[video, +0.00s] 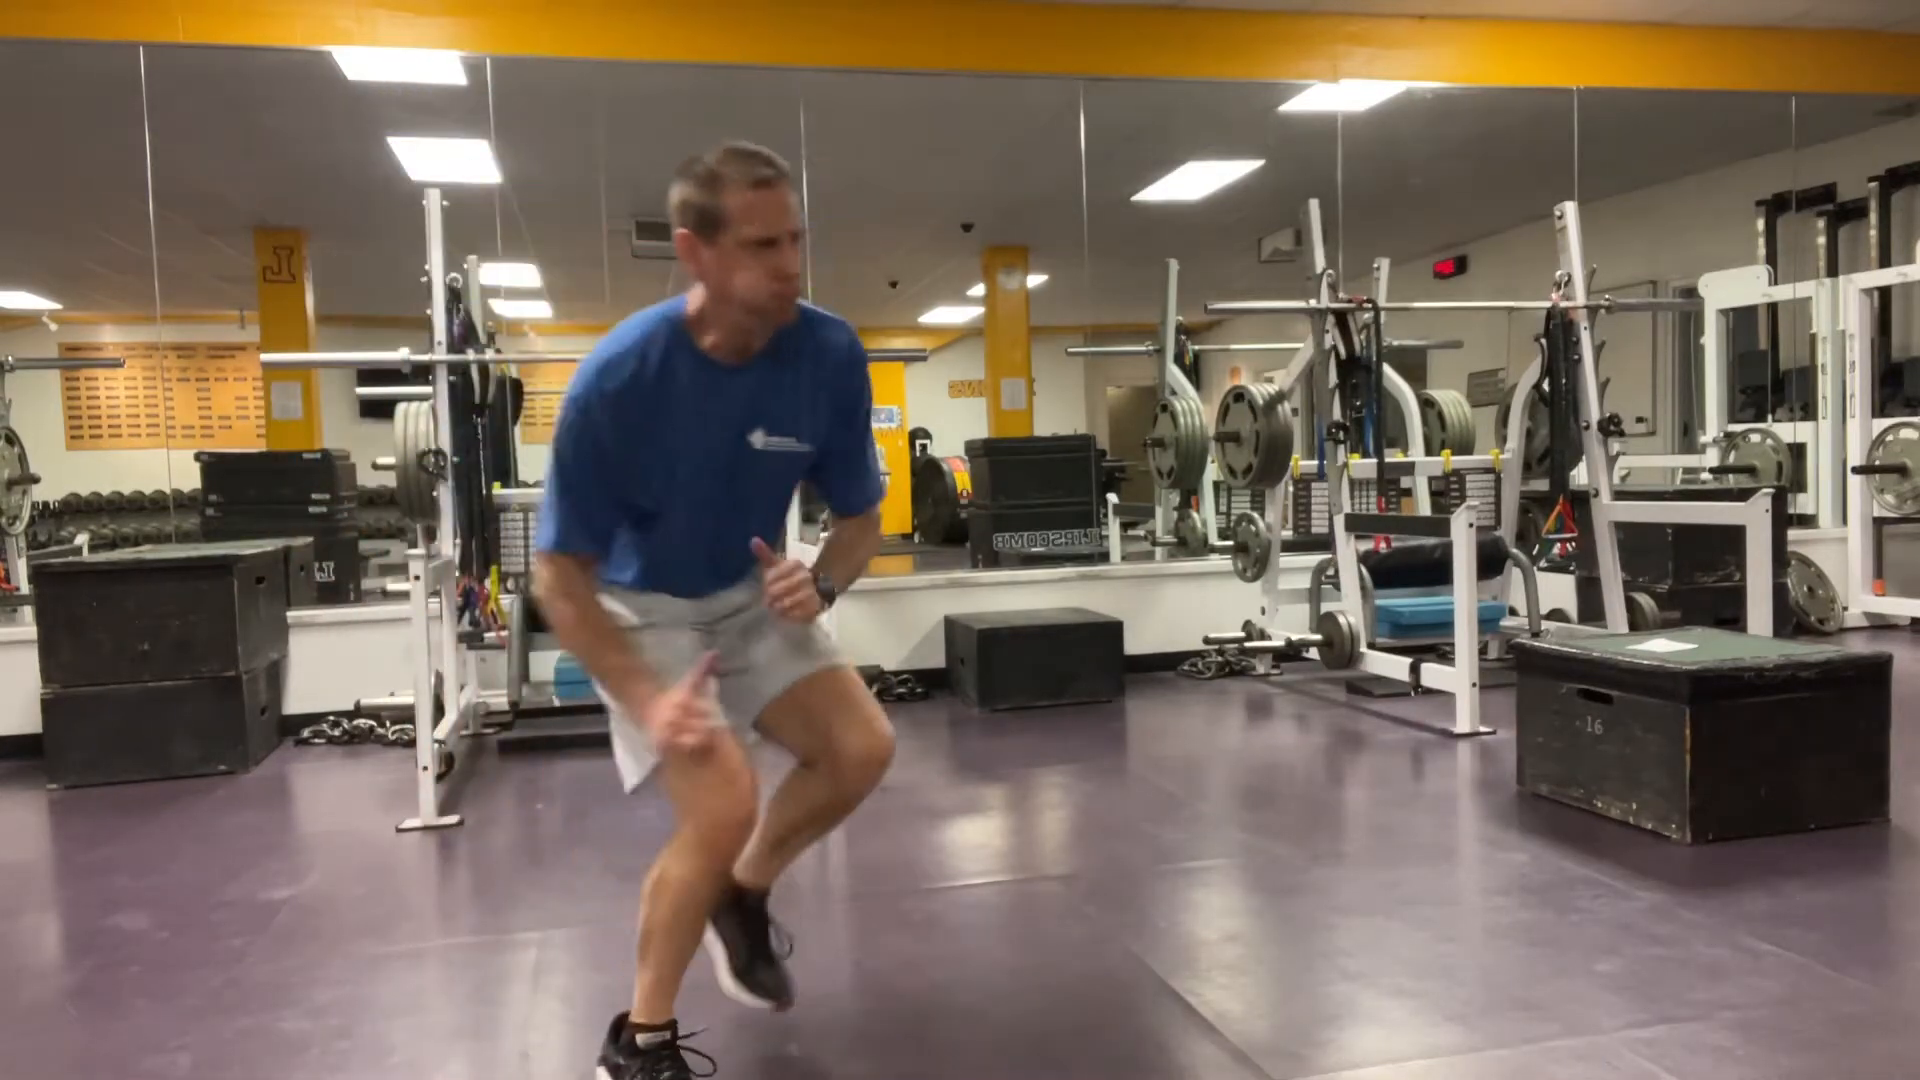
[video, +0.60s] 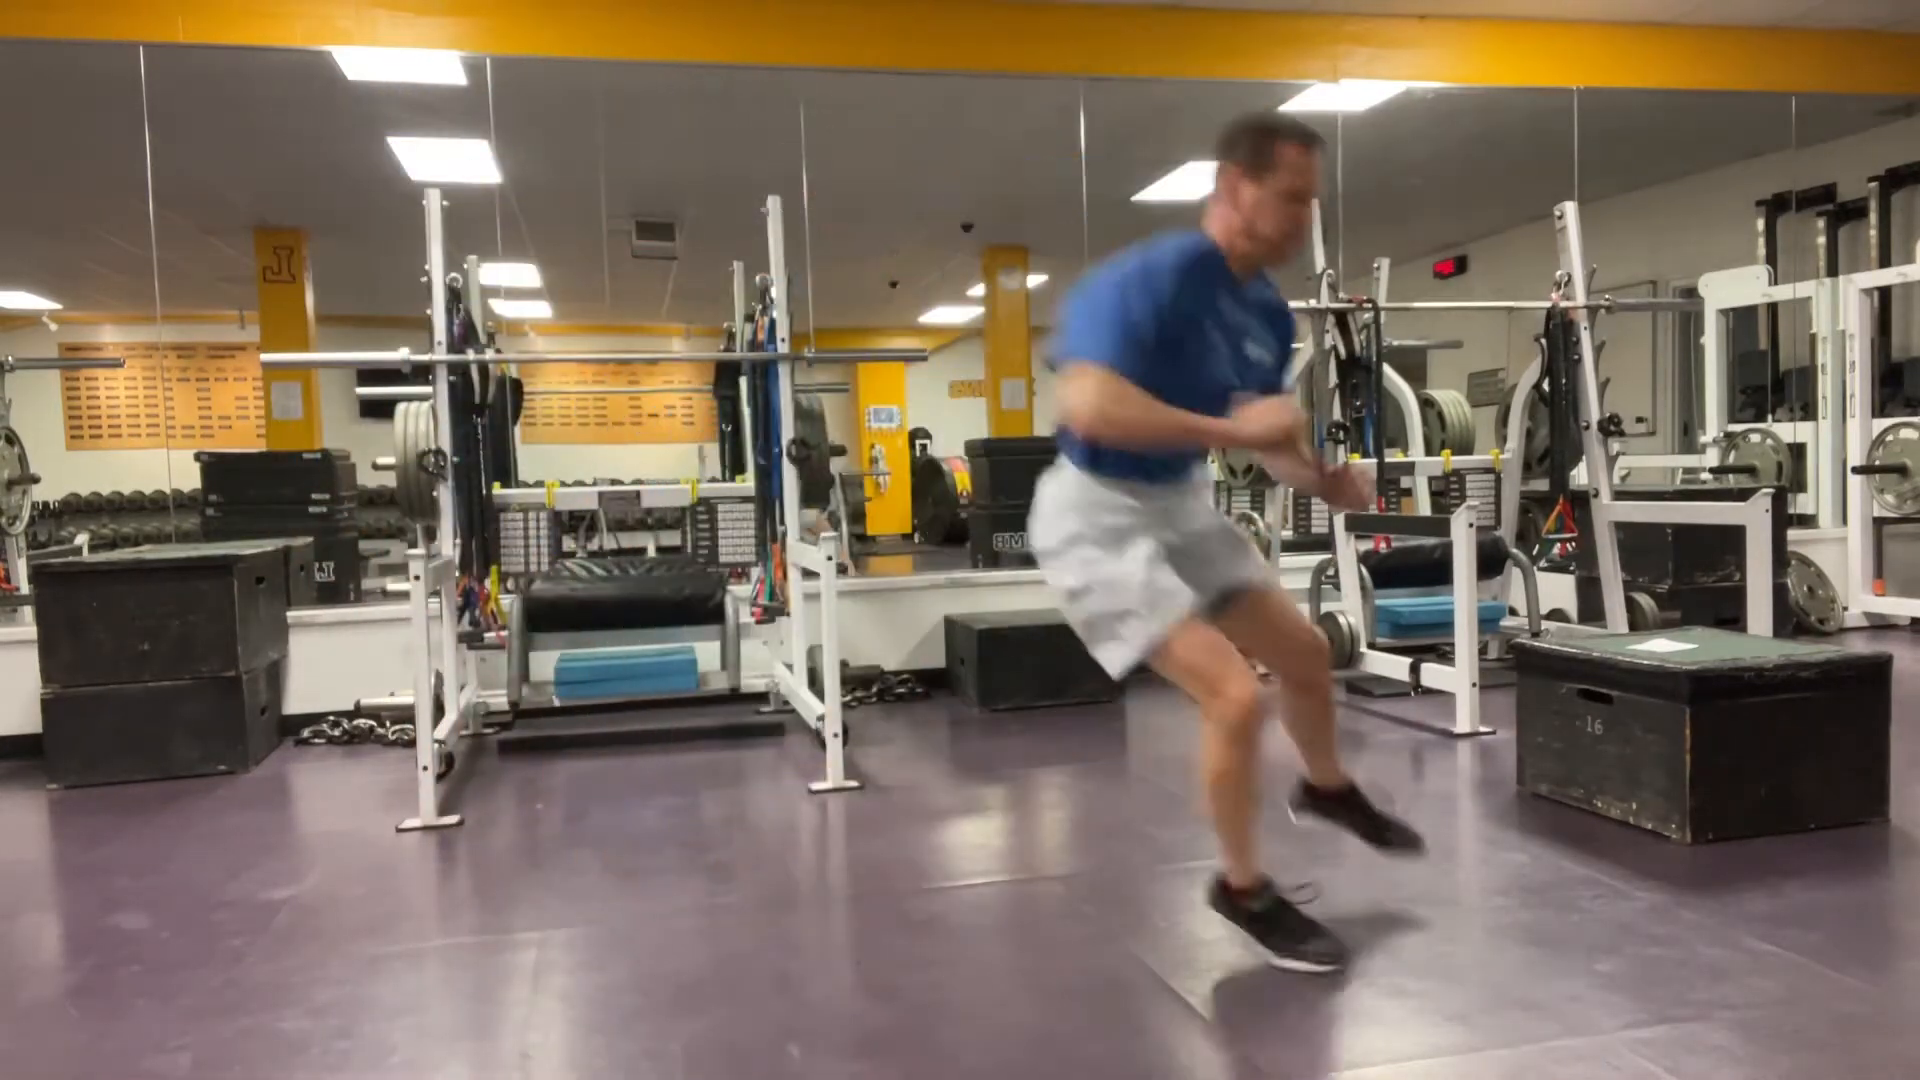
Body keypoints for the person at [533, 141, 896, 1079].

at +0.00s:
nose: (790, 267)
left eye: (795, 242)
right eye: (762, 246)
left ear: (804, 242)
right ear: (695, 256)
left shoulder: (829, 356)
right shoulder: (615, 383)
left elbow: (858, 509)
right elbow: (560, 574)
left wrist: (820, 579)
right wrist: (642, 694)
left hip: (753, 595)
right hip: (636, 611)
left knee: (861, 750)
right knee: (721, 813)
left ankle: (742, 890)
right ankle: (644, 1034)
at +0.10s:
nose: (847, 241)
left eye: (852, 218)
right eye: (820, 224)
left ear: (859, 219)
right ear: (751, 232)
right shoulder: (680, 365)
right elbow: (597, 550)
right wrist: (713, 599)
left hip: (798, 593)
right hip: (685, 611)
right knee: (770, 824)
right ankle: (645, 1037)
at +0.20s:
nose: (912, 194)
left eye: (917, 174)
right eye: (888, 177)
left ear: (923, 179)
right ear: (820, 188)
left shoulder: (953, 285)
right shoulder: (767, 287)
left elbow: (1092, 306)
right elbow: (663, 350)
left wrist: (1124, 237)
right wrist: (714, 343)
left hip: (858, 563)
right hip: (749, 572)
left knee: (1036, 663)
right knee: (804, 822)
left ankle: (907, 820)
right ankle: (652, 1031)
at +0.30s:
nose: (1005, 134)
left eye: (1010, 113)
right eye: (984, 115)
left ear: (1012, 118)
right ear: (920, 119)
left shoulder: (1022, 190)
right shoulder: (858, 187)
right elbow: (732, 154)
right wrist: (757, 168)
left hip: (959, 501)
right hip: (855, 508)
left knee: (1136, 572)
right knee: (834, 778)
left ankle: (1015, 719)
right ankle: (670, 1009)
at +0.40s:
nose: (1110, 104)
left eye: (1117, 85)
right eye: (1092, 83)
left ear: (1114, 91)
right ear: (1030, 81)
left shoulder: (1111, 175)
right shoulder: (961, 162)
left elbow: (1209, 191)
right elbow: (807, 157)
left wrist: (1307, 218)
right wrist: (886, 226)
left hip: (1049, 453)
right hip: (953, 463)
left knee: (1212, 531)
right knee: (978, 706)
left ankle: (1117, 667)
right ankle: (809, 907)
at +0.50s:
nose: (1217, 134)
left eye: (1224, 117)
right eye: (1202, 113)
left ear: (1218, 122)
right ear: (1142, 106)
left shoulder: (1196, 229)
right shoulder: (1055, 196)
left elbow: (1242, 330)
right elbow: (922, 263)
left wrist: (1306, 395)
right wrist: (1033, 355)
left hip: (1117, 459)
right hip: (1023, 466)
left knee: (1263, 569)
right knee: (1127, 667)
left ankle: (1229, 702)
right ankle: (1045, 846)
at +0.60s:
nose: (1306, 217)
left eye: (1311, 200)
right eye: (1292, 197)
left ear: (1299, 204)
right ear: (1232, 189)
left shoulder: (1266, 313)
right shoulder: (1148, 278)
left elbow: (1257, 429)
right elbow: (1088, 407)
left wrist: (1320, 477)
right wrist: (1233, 429)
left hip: (1180, 506)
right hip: (1090, 513)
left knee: (1305, 656)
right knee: (1234, 693)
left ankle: (1328, 786)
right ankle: (1243, 889)